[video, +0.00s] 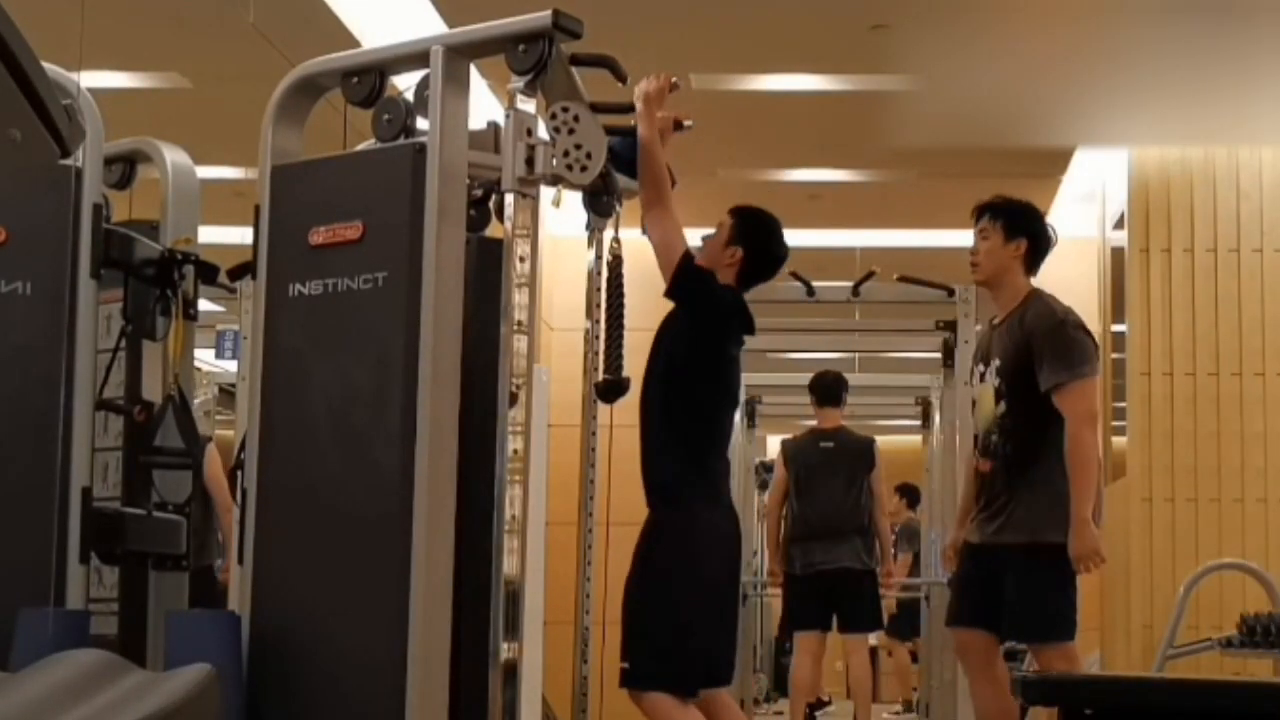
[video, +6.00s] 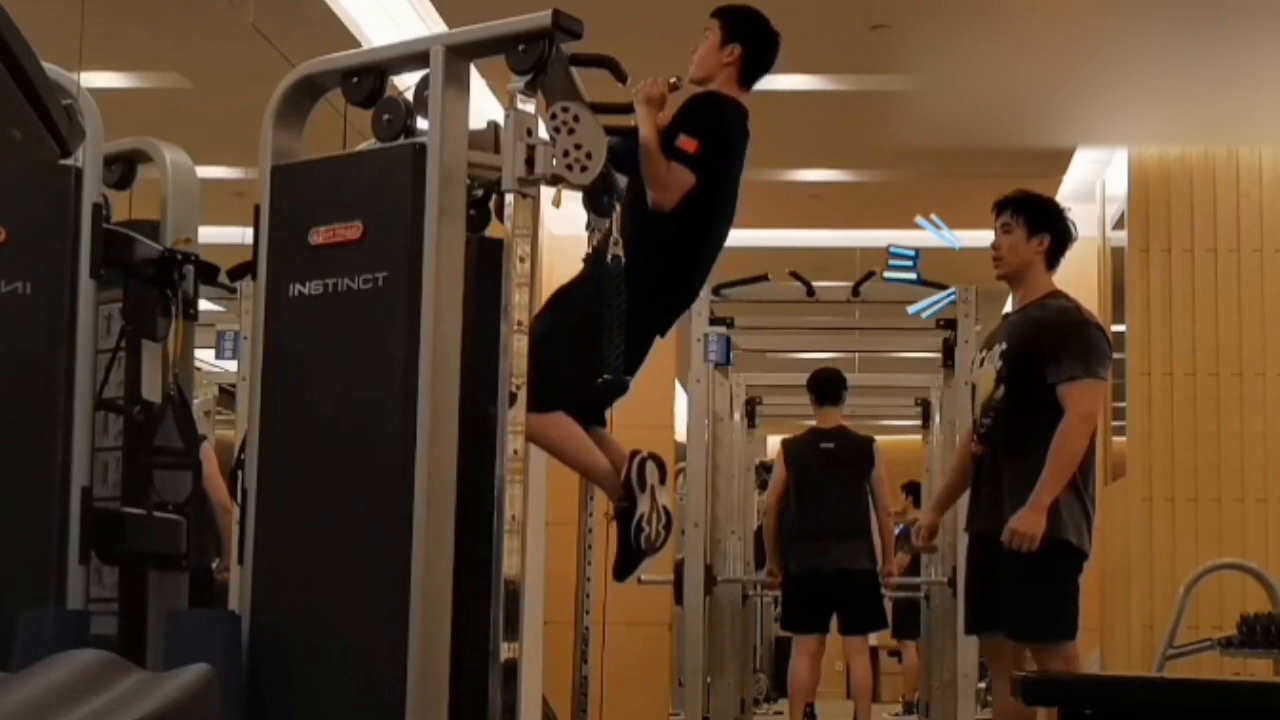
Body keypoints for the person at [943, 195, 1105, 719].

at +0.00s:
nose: (972, 249)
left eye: (984, 238)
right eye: (973, 238)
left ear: (1019, 249)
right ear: (995, 249)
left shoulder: (1054, 324)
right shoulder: (989, 336)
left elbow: (1085, 426)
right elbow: (984, 443)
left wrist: (1082, 520)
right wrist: (964, 523)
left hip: (1042, 524)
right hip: (990, 525)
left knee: (1053, 652)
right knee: (972, 641)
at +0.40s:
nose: (976, 256)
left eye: (987, 244)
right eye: (975, 246)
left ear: (1023, 251)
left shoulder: (1054, 322)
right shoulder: (995, 337)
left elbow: (1065, 414)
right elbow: (978, 442)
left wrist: (1012, 498)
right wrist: (932, 516)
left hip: (1038, 523)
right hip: (997, 521)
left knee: (1046, 666)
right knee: (1008, 660)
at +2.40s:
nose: (966, 265)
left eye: (976, 252)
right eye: (964, 255)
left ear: (1013, 255)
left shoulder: (1047, 330)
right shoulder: (994, 342)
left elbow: (1050, 429)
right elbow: (974, 444)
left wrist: (1010, 515)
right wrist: (945, 524)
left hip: (1029, 528)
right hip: (990, 528)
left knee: (1038, 668)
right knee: (1004, 664)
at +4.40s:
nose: (973, 263)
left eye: (983, 249)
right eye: (971, 252)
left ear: (1019, 252)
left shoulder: (1049, 327)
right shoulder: (995, 340)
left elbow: (1059, 427)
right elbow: (976, 441)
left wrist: (1017, 512)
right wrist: (941, 520)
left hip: (1033, 528)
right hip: (993, 526)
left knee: (1042, 670)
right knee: (1006, 664)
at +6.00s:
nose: (993, 243)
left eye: (1006, 232)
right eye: (994, 233)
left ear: (1042, 244)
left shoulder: (1066, 320)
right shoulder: (1007, 331)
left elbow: (1084, 416)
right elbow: (981, 432)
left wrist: (1038, 505)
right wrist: (936, 510)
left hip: (1044, 523)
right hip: (997, 520)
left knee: (1056, 660)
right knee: (1002, 658)